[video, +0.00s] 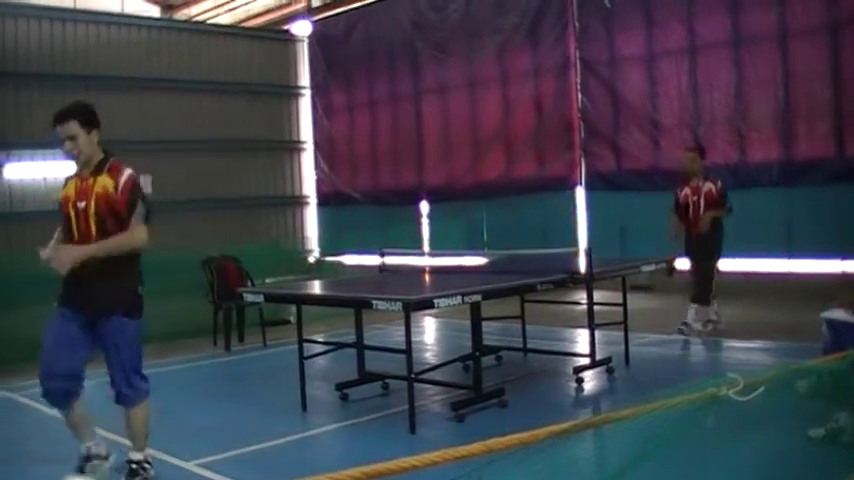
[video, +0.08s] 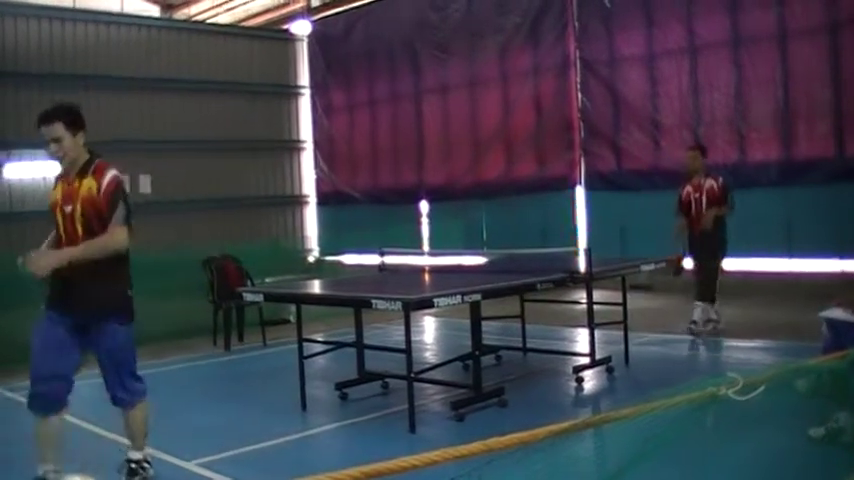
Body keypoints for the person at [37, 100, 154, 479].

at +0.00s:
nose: (68, 148)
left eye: (73, 138)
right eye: (63, 142)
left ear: (95, 134)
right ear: (63, 144)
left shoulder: (123, 178)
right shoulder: (71, 186)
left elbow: (140, 235)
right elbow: (67, 228)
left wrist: (81, 253)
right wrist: (53, 247)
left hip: (119, 300)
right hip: (77, 299)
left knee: (129, 384)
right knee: (56, 380)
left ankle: (139, 460)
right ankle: (93, 449)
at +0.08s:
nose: (53, 150)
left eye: (58, 141)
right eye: (48, 143)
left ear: (80, 136)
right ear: (48, 145)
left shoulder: (108, 179)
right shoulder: (60, 186)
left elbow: (120, 238)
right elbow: (63, 231)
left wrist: (59, 257)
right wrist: (42, 253)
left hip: (108, 305)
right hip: (64, 304)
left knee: (126, 387)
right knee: (46, 390)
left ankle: (138, 461)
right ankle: (50, 472)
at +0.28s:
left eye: (4, 148)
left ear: (26, 144)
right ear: (13, 147)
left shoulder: (55, 189)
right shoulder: (9, 195)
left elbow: (72, 252)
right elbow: (18, 259)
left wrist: (15, 294)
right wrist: (5, 294)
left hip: (67, 317)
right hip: (21, 321)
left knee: (100, 397)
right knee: (7, 415)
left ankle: (132, 451)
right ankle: (7, 474)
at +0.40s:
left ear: (5, 155)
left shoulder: (22, 185)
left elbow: (47, 251)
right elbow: (45, 250)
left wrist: (13, 312)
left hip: (34, 321)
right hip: (2, 323)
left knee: (48, 410)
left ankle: (102, 442)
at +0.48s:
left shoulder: (11, 187)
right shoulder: (10, 189)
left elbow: (32, 249)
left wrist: (14, 319)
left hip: (14, 328)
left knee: (12, 411)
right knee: (11, 411)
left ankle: (66, 452)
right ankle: (65, 453)